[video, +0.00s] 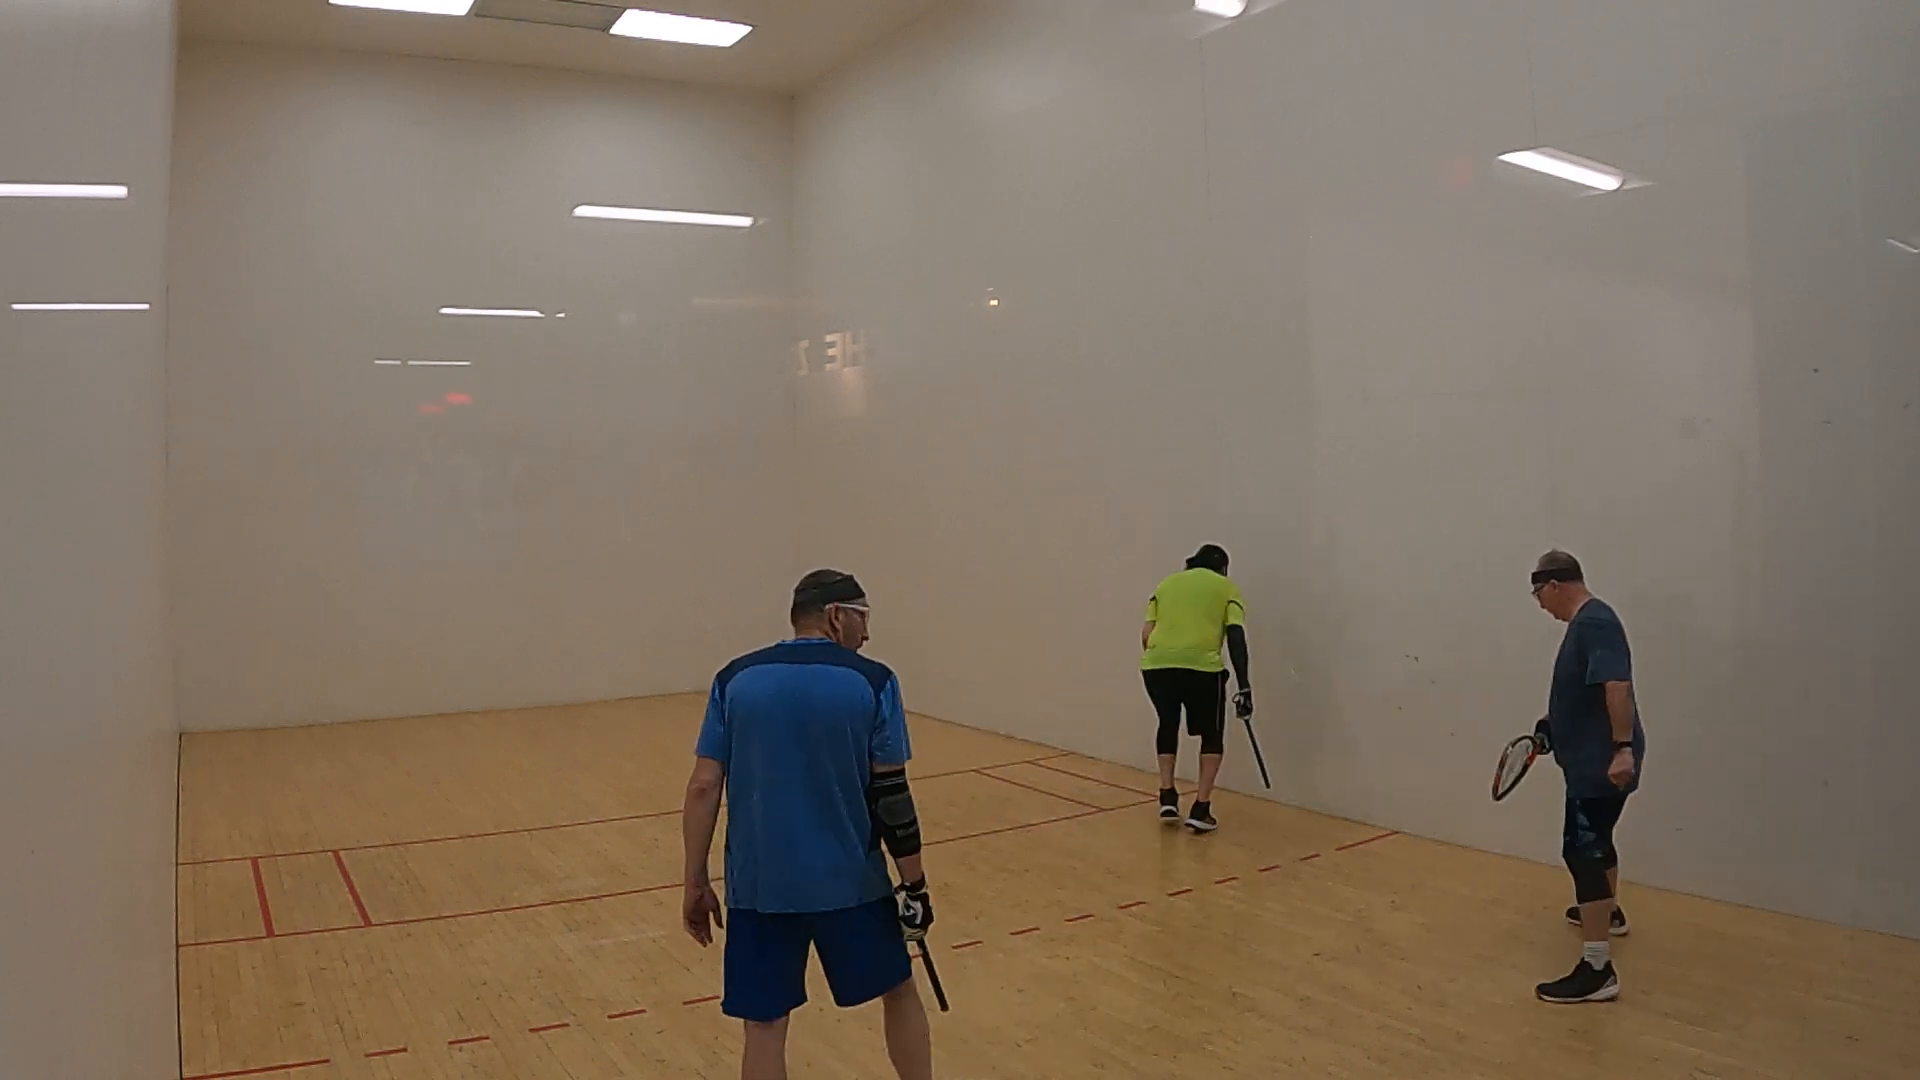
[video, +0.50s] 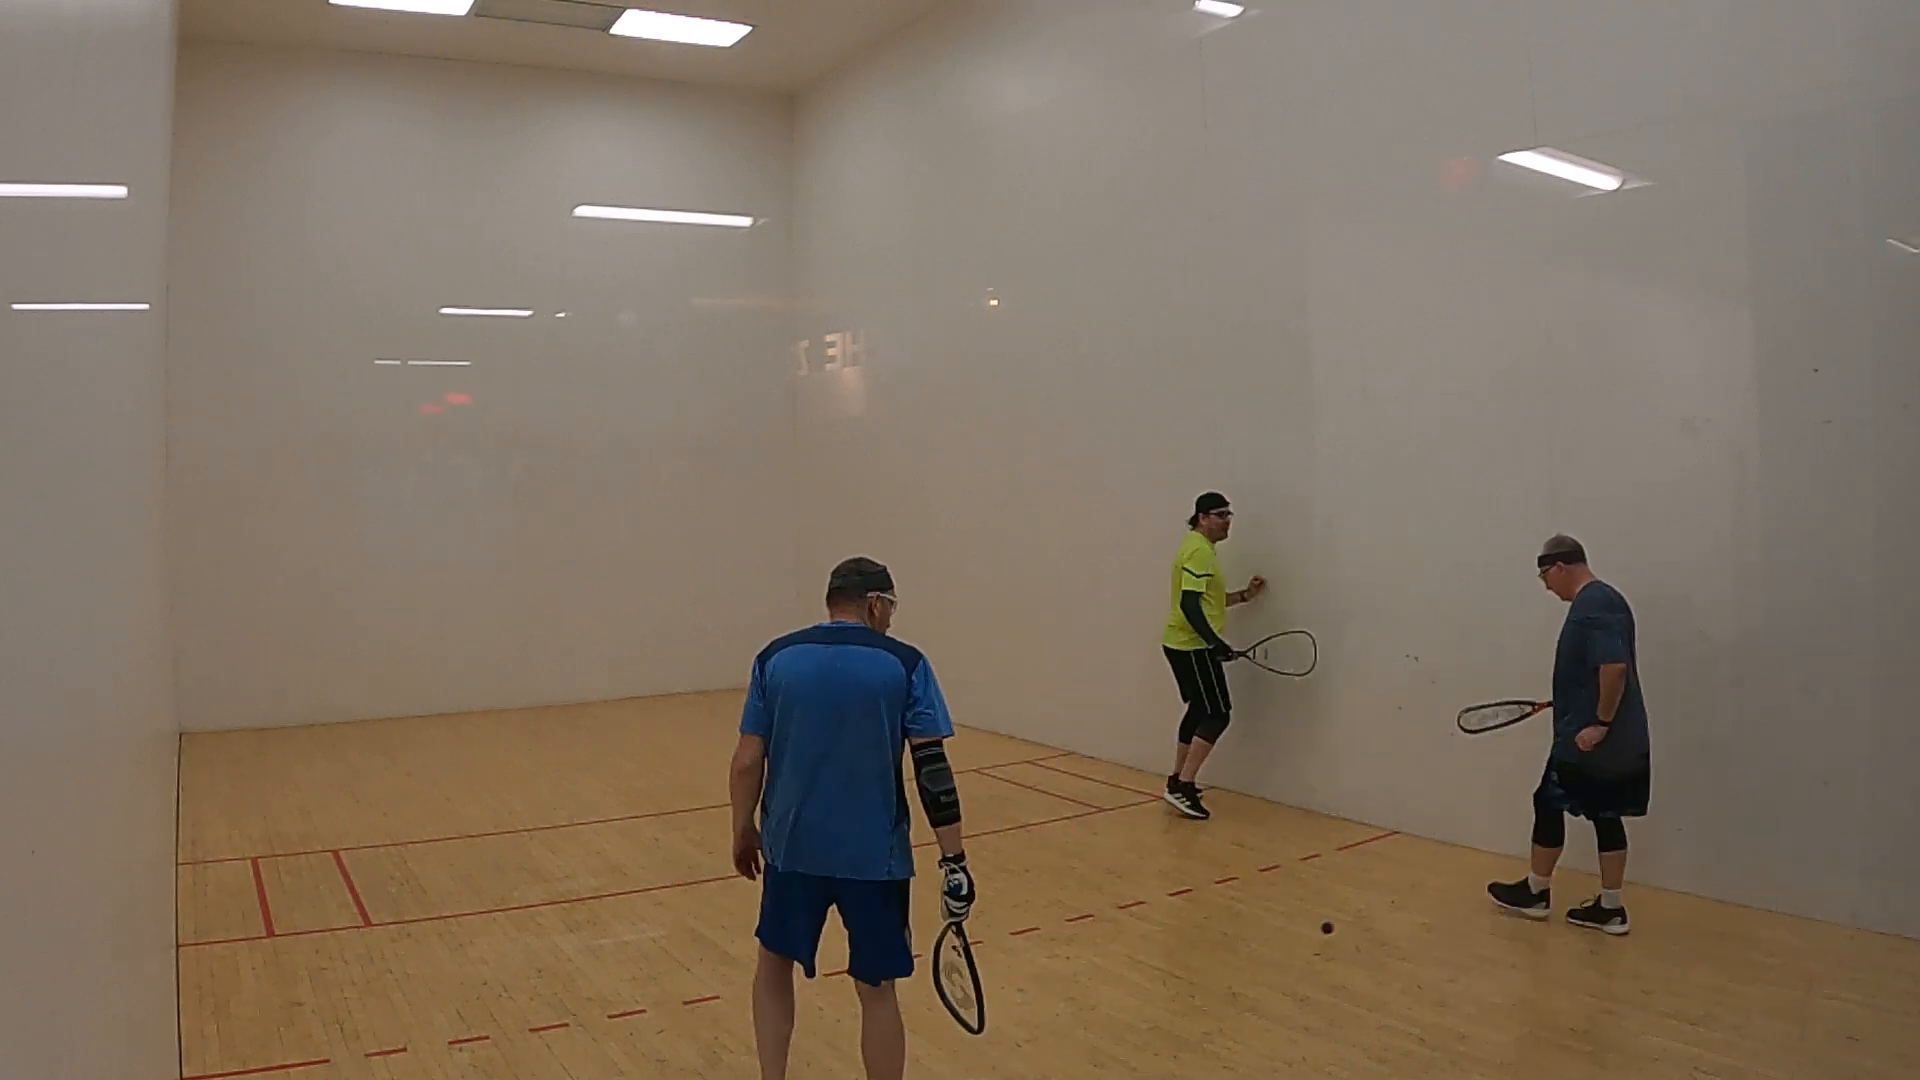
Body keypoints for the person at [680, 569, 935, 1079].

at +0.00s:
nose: (867, 632)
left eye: (867, 620)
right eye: (862, 619)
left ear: (796, 619)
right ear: (836, 616)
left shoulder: (735, 677)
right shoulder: (872, 680)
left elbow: (703, 786)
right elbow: (890, 798)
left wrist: (696, 881)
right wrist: (915, 886)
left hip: (761, 893)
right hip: (850, 890)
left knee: (763, 1026)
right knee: (899, 993)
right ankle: (921, 1077)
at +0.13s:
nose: (875, 633)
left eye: (876, 621)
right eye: (872, 619)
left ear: (810, 617)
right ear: (843, 615)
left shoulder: (743, 674)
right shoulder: (878, 678)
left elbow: (707, 779)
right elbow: (886, 801)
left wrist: (688, 873)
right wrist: (903, 897)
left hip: (764, 886)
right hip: (850, 886)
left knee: (767, 1021)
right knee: (877, 995)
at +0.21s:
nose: (884, 630)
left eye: (885, 618)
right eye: (880, 617)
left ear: (820, 614)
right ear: (852, 612)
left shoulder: (757, 669)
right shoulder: (889, 675)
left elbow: (715, 774)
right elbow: (894, 793)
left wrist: (695, 860)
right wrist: (903, 894)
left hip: (772, 881)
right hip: (857, 882)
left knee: (766, 1016)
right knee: (876, 996)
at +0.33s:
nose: (894, 624)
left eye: (895, 613)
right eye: (892, 612)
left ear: (831, 608)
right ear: (870, 607)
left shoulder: (770, 661)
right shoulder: (900, 668)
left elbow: (733, 767)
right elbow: (912, 781)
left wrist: (720, 842)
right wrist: (923, 879)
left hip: (787, 868)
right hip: (873, 871)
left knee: (762, 991)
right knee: (881, 993)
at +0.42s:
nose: (896, 621)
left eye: (897, 610)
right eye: (894, 609)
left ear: (831, 605)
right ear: (874, 603)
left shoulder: (775, 657)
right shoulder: (904, 664)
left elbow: (743, 763)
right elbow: (924, 776)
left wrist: (735, 832)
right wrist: (941, 871)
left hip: (790, 861)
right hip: (873, 863)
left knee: (769, 974)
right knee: (880, 990)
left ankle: (768, 1076)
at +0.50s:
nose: (893, 618)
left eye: (895, 609)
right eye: (893, 608)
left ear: (830, 603)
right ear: (877, 604)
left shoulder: (777, 657)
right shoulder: (905, 664)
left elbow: (746, 761)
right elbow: (933, 775)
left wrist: (743, 828)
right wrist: (954, 863)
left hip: (791, 856)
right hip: (873, 861)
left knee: (774, 961)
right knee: (877, 991)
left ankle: (771, 1075)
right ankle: (886, 1079)